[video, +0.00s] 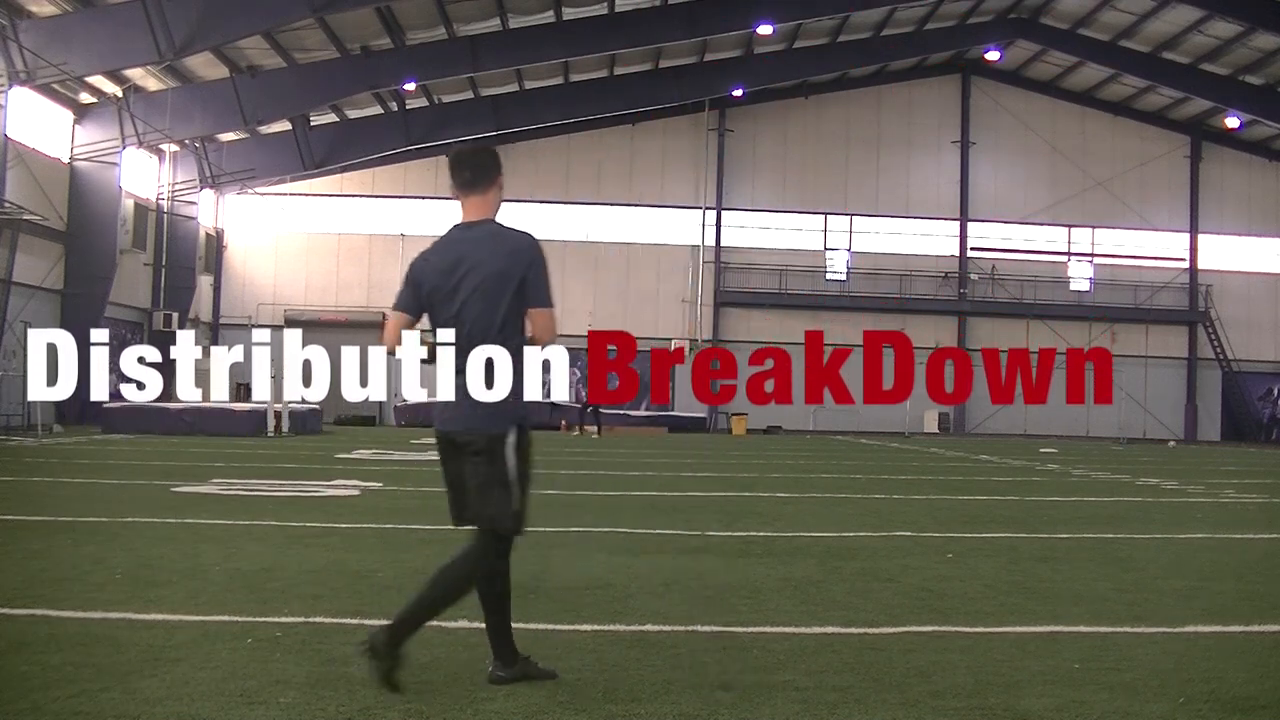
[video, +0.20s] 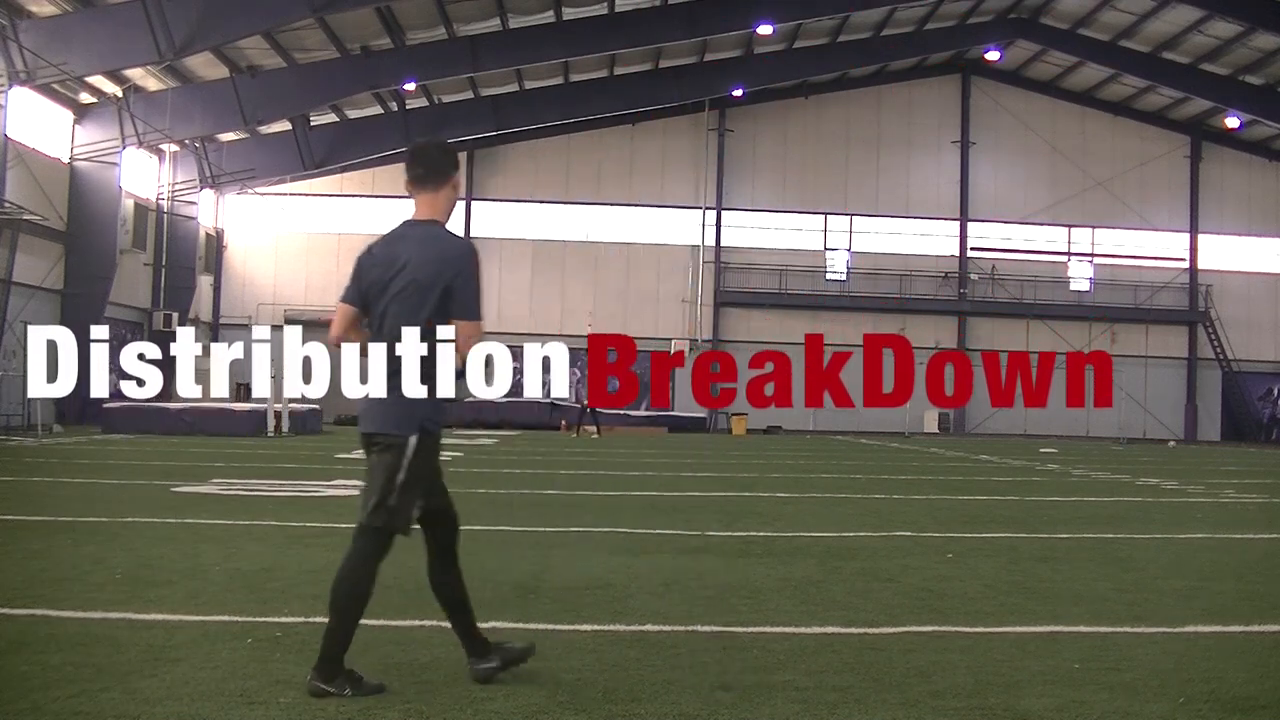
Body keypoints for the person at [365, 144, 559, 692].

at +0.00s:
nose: (496, 192)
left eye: (481, 183)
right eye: (498, 182)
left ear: (453, 189)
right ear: (499, 184)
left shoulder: (431, 258)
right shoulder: (521, 247)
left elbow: (391, 335)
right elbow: (543, 330)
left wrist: (439, 335)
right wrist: (503, 325)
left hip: (452, 420)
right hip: (500, 420)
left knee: (492, 537)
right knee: (496, 536)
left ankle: (507, 659)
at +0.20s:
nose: (458, 194)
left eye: (453, 185)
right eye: (459, 186)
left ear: (408, 187)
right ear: (455, 186)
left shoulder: (377, 251)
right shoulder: (456, 251)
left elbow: (339, 330)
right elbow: (465, 340)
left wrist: (395, 341)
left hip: (380, 417)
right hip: (412, 421)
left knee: (440, 524)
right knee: (370, 540)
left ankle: (480, 652)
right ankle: (328, 669)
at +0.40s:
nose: (416, 183)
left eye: (412, 173)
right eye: (416, 174)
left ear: (365, 172)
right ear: (408, 173)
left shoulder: (330, 236)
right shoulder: (399, 237)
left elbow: (298, 314)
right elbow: (404, 328)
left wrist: (322, 369)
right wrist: (421, 379)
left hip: (322, 408)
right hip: (358, 411)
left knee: (383, 520)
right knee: (341, 532)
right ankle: (325, 669)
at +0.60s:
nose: (381, 198)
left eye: (379, 187)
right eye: (382, 187)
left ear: (330, 183)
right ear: (373, 183)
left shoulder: (291, 241)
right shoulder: (357, 241)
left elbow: (255, 327)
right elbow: (352, 335)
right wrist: (363, 397)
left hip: (255, 416)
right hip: (303, 420)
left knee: (260, 541)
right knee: (308, 547)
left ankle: (173, 660)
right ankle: (327, 673)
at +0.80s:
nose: (358, 262)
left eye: (359, 253)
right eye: (360, 252)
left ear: (311, 240)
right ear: (352, 245)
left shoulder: (264, 273)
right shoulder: (336, 286)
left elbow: (227, 358)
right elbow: (326, 378)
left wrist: (267, 444)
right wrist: (336, 453)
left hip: (171, 404)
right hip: (228, 414)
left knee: (185, 541)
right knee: (260, 538)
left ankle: (157, 687)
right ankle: (275, 672)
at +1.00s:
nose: (336, 351)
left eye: (338, 340)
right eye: (339, 339)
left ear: (297, 316)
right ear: (327, 328)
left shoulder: (246, 327)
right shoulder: (314, 351)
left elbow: (197, 412)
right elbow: (291, 435)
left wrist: (198, 531)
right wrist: (276, 530)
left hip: (120, 397)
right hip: (175, 409)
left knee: (148, 549)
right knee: (183, 551)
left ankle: (155, 693)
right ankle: (162, 699)